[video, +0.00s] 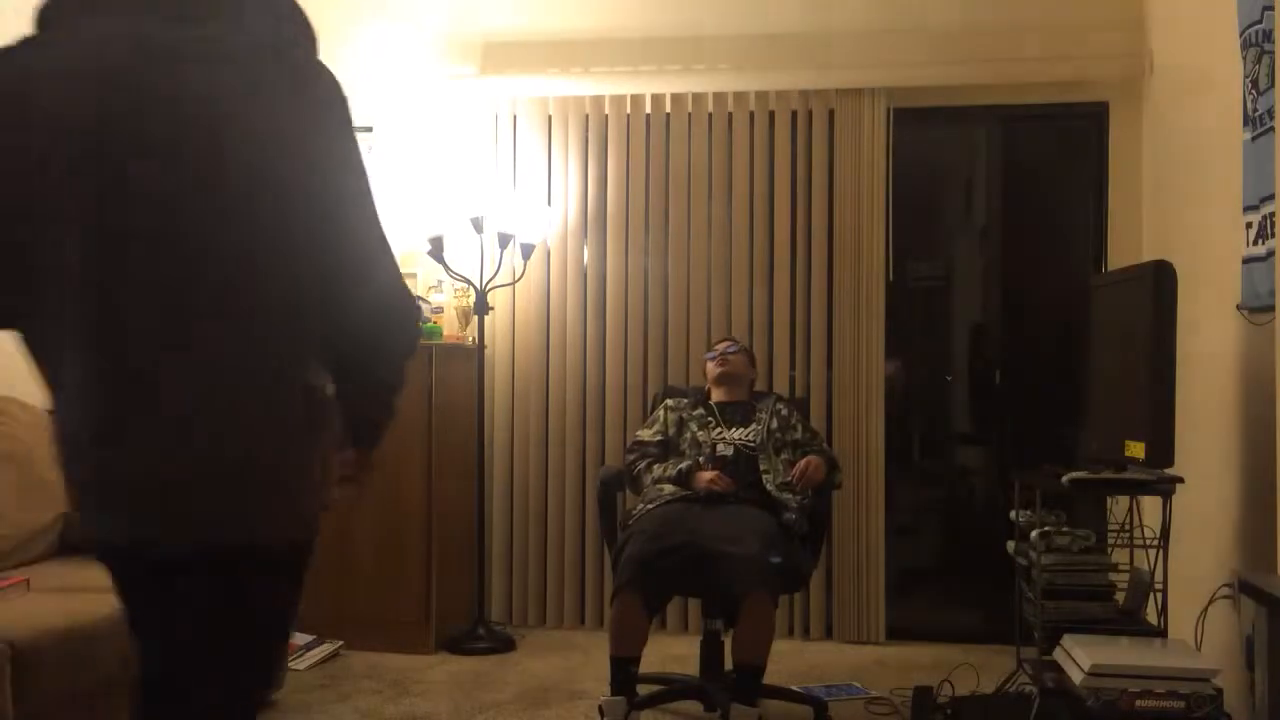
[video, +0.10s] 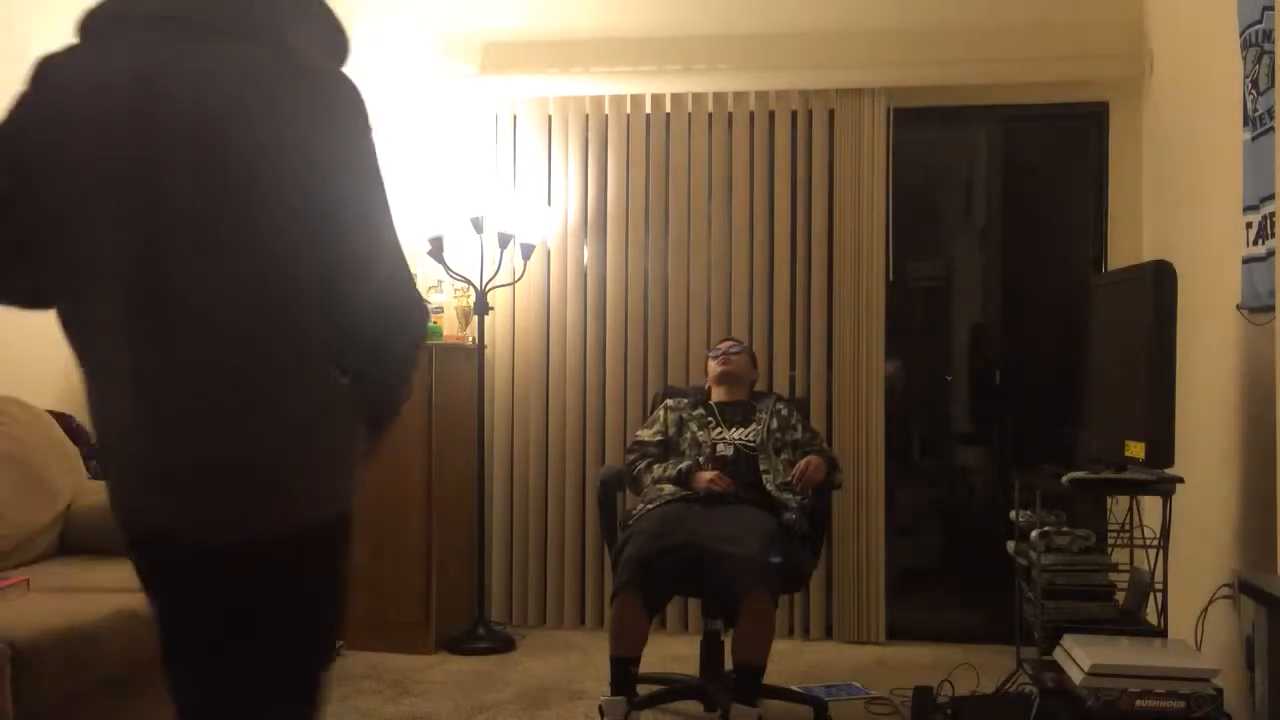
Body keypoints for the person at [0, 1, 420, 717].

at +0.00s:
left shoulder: (21, 75)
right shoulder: (278, 69)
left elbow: (17, 283)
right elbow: (370, 295)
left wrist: (81, 378)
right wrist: (360, 421)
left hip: (107, 448)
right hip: (260, 446)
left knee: (171, 687)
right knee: (224, 696)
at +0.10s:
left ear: (130, 2)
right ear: (275, 8)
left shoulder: (66, 88)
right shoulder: (309, 91)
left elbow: (16, 266)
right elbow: (384, 299)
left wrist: (106, 269)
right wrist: (369, 401)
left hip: (145, 449)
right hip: (288, 440)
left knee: (201, 680)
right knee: (283, 684)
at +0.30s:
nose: (373, 100)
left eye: (376, 84)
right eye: (370, 79)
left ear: (279, 41)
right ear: (337, 55)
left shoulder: (151, 106)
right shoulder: (351, 129)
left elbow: (48, 234)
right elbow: (387, 304)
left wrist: (157, 276)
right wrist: (380, 401)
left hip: (185, 463)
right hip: (312, 453)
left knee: (234, 685)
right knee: (390, 627)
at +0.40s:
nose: (396, 110)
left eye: (402, 94)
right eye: (396, 87)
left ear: (323, 52)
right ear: (358, 59)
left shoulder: (182, 106)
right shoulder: (352, 126)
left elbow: (89, 225)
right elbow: (371, 277)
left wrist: (192, 273)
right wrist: (391, 384)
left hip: (203, 452)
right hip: (324, 442)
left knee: (245, 670)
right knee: (400, 604)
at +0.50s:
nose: (422, 114)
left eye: (430, 96)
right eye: (424, 89)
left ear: (348, 52)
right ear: (381, 60)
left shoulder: (212, 109)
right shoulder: (359, 132)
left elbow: (119, 224)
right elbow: (351, 315)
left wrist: (218, 283)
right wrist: (407, 368)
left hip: (218, 455)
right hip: (333, 452)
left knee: (249, 671)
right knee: (396, 644)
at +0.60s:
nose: (436, 119)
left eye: (444, 101)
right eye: (437, 94)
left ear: (369, 60)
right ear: (396, 64)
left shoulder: (234, 122)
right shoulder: (364, 138)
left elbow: (146, 238)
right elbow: (353, 315)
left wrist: (245, 295)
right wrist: (419, 374)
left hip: (237, 455)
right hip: (343, 457)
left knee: (264, 671)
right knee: (371, 671)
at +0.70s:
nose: (446, 126)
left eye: (453, 110)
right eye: (446, 102)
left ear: (378, 66)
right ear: (392, 68)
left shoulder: (251, 129)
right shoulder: (372, 149)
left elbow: (167, 243)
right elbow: (361, 321)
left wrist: (260, 301)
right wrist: (429, 372)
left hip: (251, 453)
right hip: (351, 456)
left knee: (284, 661)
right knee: (376, 662)